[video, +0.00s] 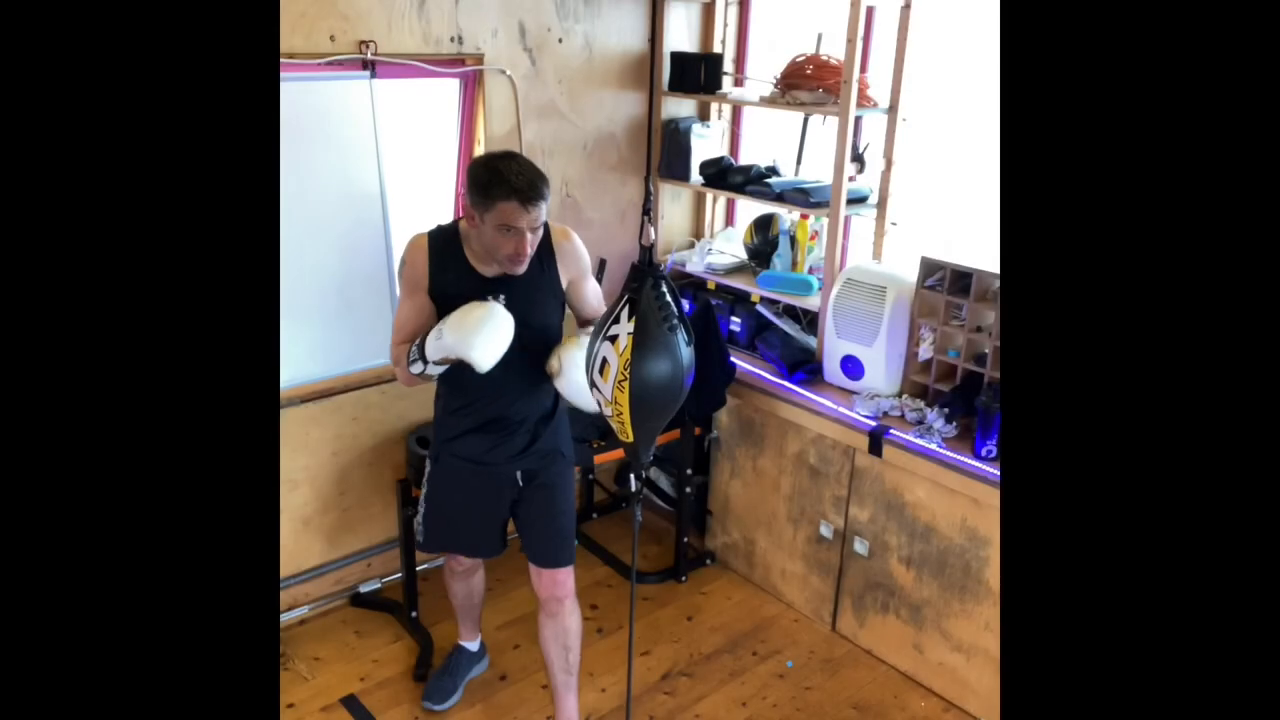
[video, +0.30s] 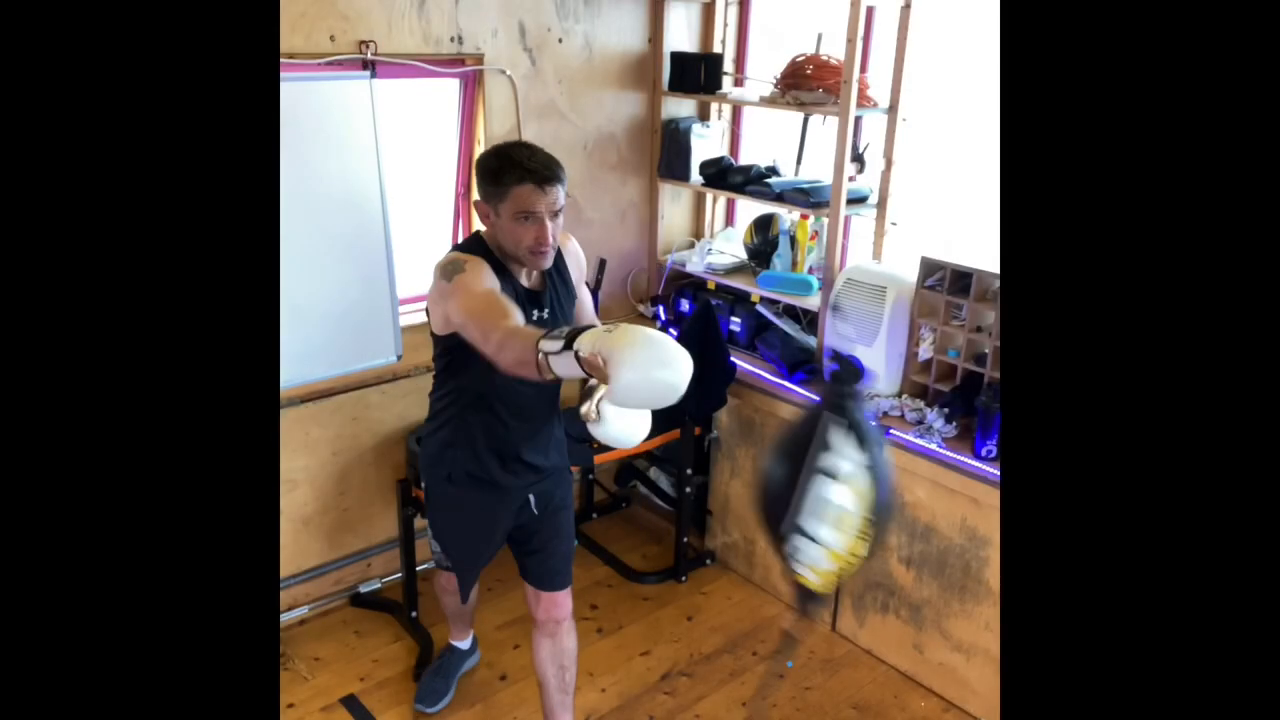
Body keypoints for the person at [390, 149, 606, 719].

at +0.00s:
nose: (525, 246)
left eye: (534, 230)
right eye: (509, 231)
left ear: (544, 216)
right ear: (469, 218)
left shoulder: (561, 248)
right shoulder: (428, 255)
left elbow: (605, 328)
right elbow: (403, 359)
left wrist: (587, 355)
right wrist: (436, 348)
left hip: (544, 442)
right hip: (464, 447)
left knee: (557, 587)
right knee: (459, 561)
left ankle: (568, 713)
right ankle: (469, 648)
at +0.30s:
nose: (546, 234)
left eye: (554, 216)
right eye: (526, 218)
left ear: (563, 209)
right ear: (484, 216)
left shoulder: (566, 253)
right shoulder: (460, 275)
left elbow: (588, 334)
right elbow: (507, 343)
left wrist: (611, 381)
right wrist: (577, 353)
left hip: (542, 458)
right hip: (466, 466)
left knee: (554, 609)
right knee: (453, 581)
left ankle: (560, 715)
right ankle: (461, 647)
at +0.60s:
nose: (505, 194)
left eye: (504, 178)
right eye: (491, 179)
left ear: (447, 188)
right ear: (440, 188)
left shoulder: (505, 257)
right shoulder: (369, 282)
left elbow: (532, 336)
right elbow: (341, 393)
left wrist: (545, 387)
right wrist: (416, 436)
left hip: (504, 469)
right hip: (416, 479)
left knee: (533, 625)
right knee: (383, 619)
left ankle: (552, 718)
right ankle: (353, 708)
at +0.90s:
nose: (436, 222)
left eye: (442, 204)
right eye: (419, 206)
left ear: (449, 197)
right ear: (371, 202)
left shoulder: (461, 252)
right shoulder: (322, 270)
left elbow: (495, 360)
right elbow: (323, 401)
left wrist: (491, 343)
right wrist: (361, 344)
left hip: (463, 466)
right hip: (376, 480)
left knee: (507, 609)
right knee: (365, 616)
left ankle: (514, 709)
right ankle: (357, 707)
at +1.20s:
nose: (467, 226)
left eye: (474, 209)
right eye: (448, 211)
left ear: (482, 198)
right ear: (405, 204)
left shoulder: (489, 241)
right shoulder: (368, 257)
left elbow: (517, 310)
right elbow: (423, 356)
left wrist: (539, 315)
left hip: (469, 451)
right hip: (390, 461)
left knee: (490, 586)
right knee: (365, 602)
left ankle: (507, 703)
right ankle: (355, 703)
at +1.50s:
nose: (453, 255)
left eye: (460, 238)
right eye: (435, 240)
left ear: (468, 229)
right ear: (390, 231)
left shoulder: (467, 252)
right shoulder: (330, 276)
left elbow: (486, 356)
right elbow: (322, 402)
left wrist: (487, 338)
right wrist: (376, 363)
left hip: (449, 454)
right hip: (367, 463)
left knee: (480, 588)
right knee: (350, 609)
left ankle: (505, 703)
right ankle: (342, 713)